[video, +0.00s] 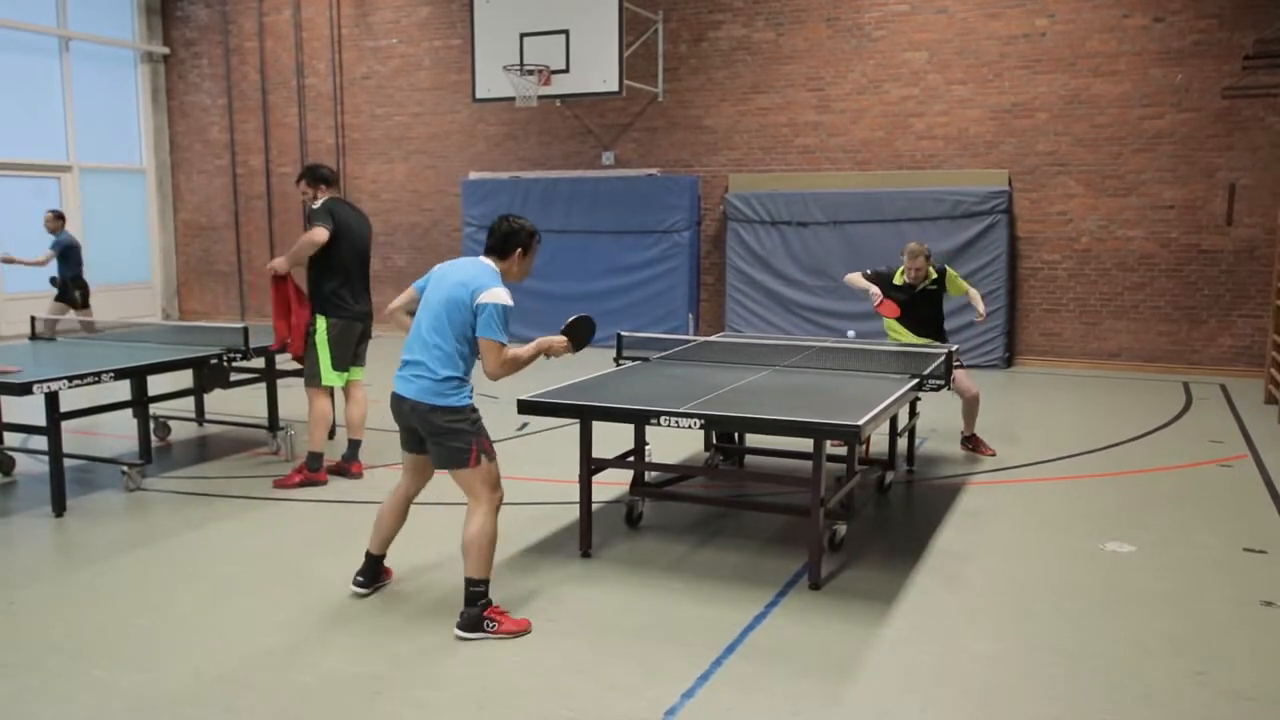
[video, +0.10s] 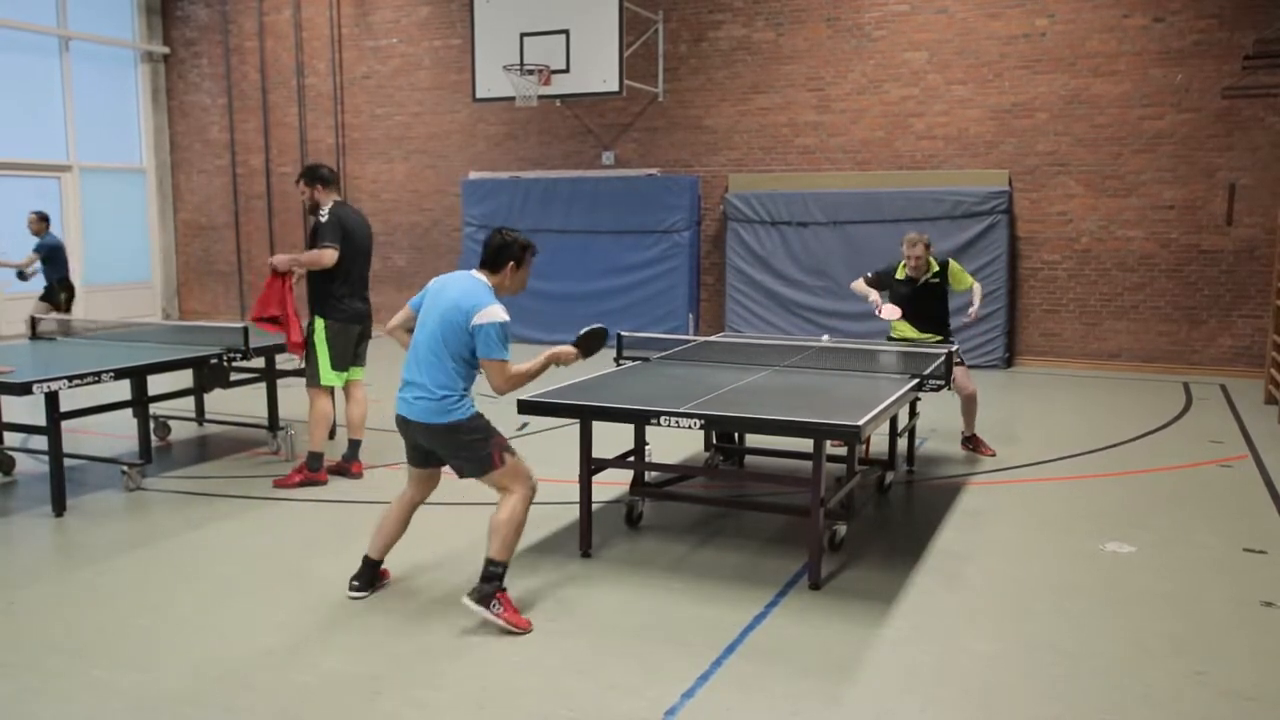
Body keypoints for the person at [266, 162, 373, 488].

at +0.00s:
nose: (305, 200)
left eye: (306, 194)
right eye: (303, 194)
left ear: (320, 188)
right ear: (333, 188)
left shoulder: (324, 208)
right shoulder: (358, 216)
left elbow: (318, 237)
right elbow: (347, 268)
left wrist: (288, 260)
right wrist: (298, 273)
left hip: (332, 314)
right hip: (360, 313)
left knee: (318, 389)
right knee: (354, 385)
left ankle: (314, 466)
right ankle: (352, 460)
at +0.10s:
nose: (304, 197)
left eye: (304, 191)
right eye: (302, 192)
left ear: (318, 189)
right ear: (333, 187)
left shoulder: (330, 216)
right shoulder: (357, 218)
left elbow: (327, 256)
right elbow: (346, 263)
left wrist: (291, 260)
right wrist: (305, 267)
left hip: (331, 318)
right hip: (359, 316)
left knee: (319, 390)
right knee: (354, 385)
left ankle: (314, 465)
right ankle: (352, 460)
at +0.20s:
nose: (304, 196)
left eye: (304, 190)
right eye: (303, 191)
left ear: (315, 189)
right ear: (332, 187)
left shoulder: (330, 219)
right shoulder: (355, 218)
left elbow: (331, 262)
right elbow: (345, 267)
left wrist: (296, 263)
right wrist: (308, 274)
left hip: (330, 319)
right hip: (357, 316)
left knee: (318, 391)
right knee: (354, 385)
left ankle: (313, 466)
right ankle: (351, 460)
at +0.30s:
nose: (307, 195)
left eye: (308, 190)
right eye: (308, 190)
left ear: (316, 189)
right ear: (337, 187)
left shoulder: (328, 217)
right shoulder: (357, 218)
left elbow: (326, 258)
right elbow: (358, 268)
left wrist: (297, 262)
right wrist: (309, 267)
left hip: (330, 317)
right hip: (358, 315)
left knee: (317, 389)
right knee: (353, 385)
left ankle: (313, 466)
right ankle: (351, 460)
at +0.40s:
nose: (313, 195)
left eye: (313, 190)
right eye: (314, 190)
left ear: (321, 188)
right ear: (341, 187)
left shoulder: (324, 211)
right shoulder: (357, 216)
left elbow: (320, 251)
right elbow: (358, 265)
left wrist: (293, 259)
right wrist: (310, 270)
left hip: (329, 315)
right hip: (358, 314)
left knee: (317, 389)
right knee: (353, 385)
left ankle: (314, 466)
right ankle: (351, 460)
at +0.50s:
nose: (314, 194)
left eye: (314, 188)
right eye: (314, 189)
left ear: (322, 186)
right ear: (344, 188)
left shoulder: (324, 210)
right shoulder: (357, 216)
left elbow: (317, 248)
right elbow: (356, 265)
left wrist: (291, 255)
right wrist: (309, 267)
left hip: (328, 313)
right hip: (357, 313)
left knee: (317, 388)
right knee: (352, 385)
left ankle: (314, 465)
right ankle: (351, 460)